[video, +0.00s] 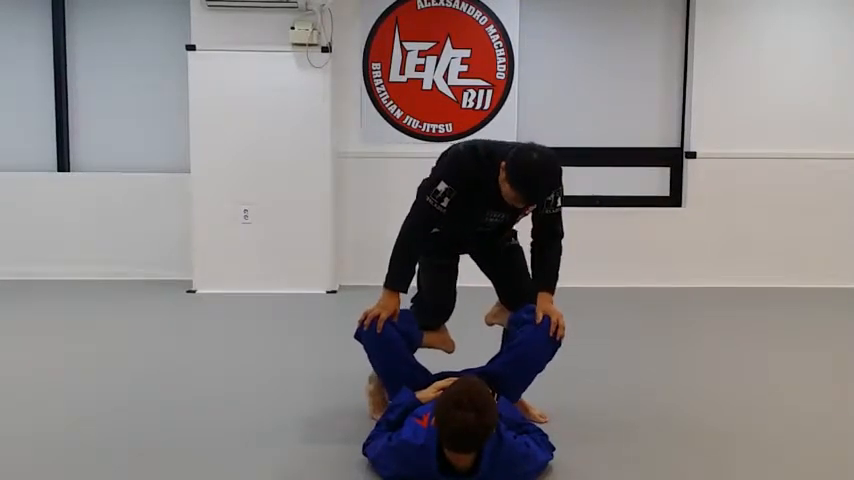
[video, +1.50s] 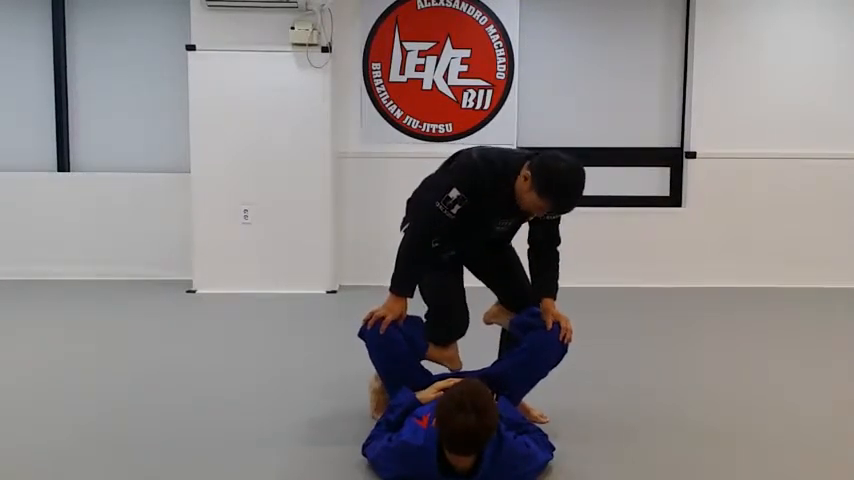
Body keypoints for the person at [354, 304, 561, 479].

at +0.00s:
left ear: (434, 419)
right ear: (495, 418)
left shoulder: (407, 452)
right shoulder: (515, 456)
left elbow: (374, 443)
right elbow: (540, 442)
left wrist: (414, 397)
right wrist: (506, 403)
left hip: (424, 396)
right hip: (492, 393)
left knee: (373, 327)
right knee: (546, 326)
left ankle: (431, 333)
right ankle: (509, 312)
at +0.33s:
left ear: (435, 420)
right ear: (495, 419)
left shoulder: (407, 451)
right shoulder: (515, 456)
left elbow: (374, 444)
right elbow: (538, 439)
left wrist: (414, 398)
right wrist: (507, 403)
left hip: (424, 395)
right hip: (493, 393)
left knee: (372, 329)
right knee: (550, 332)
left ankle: (433, 336)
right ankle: (508, 314)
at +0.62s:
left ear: (435, 421)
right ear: (495, 419)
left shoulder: (409, 451)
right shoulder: (514, 456)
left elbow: (373, 444)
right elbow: (539, 440)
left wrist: (414, 398)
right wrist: (507, 403)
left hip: (424, 396)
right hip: (492, 392)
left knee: (371, 328)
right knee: (548, 330)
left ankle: (434, 337)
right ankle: (508, 313)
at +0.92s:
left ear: (436, 421)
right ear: (496, 420)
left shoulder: (408, 452)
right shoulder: (515, 456)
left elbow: (373, 445)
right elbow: (539, 441)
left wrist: (414, 398)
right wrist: (507, 404)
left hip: (423, 396)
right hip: (493, 393)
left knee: (374, 327)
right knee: (549, 331)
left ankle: (437, 341)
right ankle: (510, 314)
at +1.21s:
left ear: (437, 421)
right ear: (495, 421)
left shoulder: (408, 451)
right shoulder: (514, 456)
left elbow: (373, 445)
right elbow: (539, 440)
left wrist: (413, 398)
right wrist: (503, 402)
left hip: (424, 397)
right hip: (492, 393)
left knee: (376, 328)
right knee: (553, 333)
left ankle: (441, 347)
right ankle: (510, 314)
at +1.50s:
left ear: (437, 422)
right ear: (495, 422)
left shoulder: (407, 453)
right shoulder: (516, 456)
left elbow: (373, 445)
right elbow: (539, 441)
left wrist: (412, 398)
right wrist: (503, 403)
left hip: (424, 397)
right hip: (491, 393)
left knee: (378, 328)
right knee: (554, 335)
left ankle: (442, 350)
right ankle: (506, 314)